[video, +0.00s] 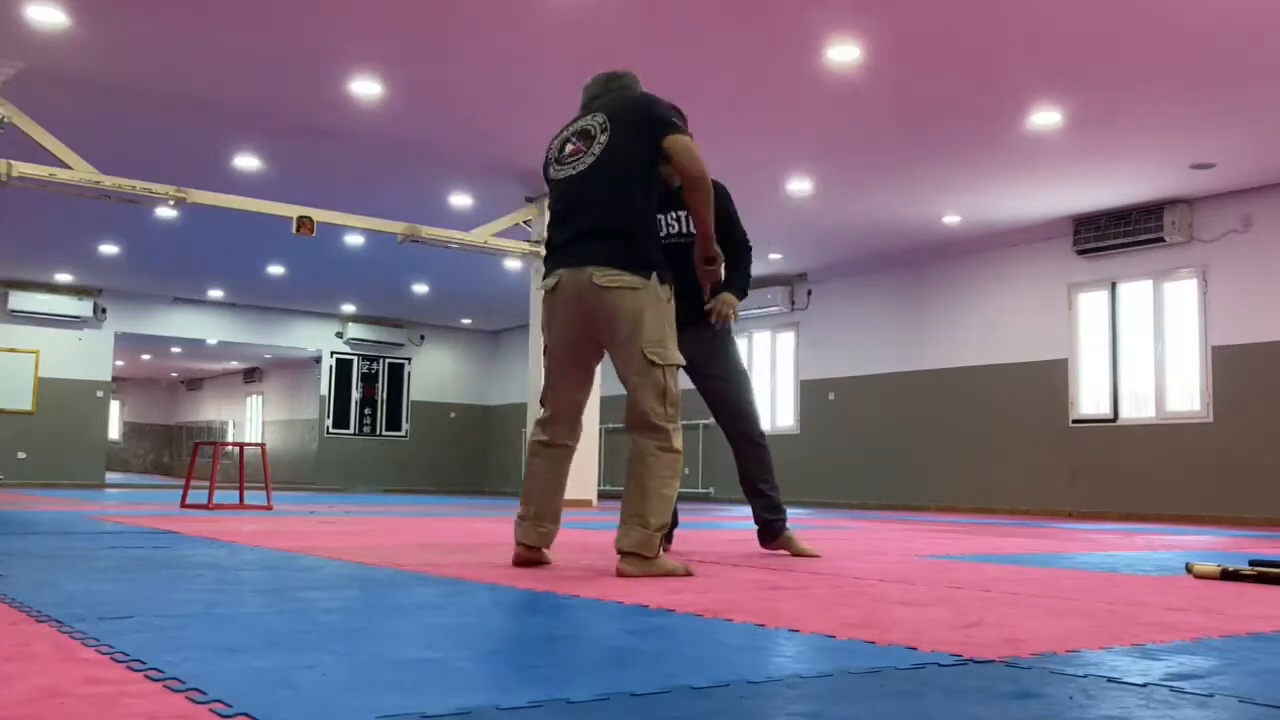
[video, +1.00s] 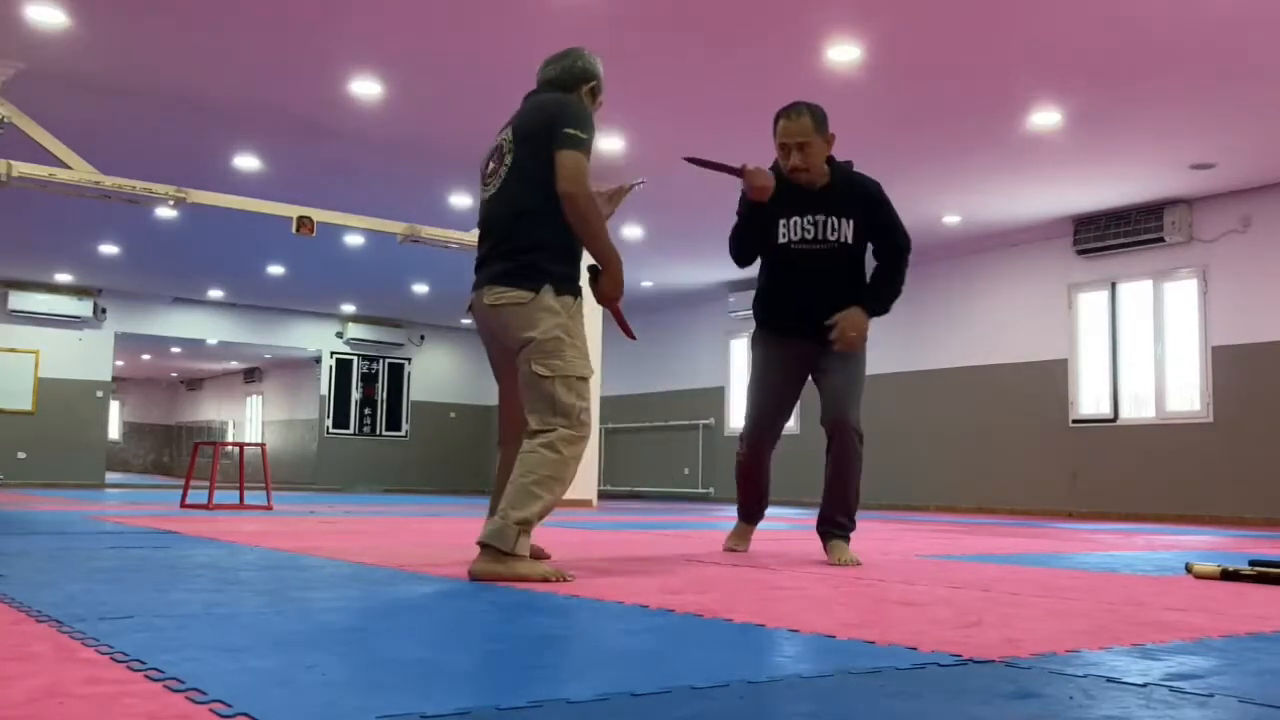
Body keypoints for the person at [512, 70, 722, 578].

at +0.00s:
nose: (644, 93)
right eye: (641, 88)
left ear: (586, 100)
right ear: (633, 89)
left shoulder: (559, 142)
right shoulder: (648, 107)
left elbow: (569, 211)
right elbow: (694, 171)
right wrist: (707, 244)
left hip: (563, 284)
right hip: (631, 282)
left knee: (557, 418)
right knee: (655, 420)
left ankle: (530, 540)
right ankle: (641, 550)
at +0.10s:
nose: (649, 117)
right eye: (644, 113)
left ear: (585, 113)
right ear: (625, 104)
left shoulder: (560, 157)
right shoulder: (619, 104)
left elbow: (599, 249)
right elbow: (649, 131)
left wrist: (666, 302)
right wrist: (682, 227)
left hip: (548, 289)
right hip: (609, 284)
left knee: (548, 424)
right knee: (652, 425)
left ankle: (511, 539)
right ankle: (641, 551)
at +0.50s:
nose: (633, 112)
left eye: (632, 104)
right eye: (631, 104)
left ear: (578, 98)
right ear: (622, 102)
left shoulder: (546, 139)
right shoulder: (607, 121)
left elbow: (549, 220)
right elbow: (617, 166)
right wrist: (648, 230)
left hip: (518, 284)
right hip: (573, 280)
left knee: (543, 421)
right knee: (622, 420)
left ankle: (514, 542)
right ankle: (630, 551)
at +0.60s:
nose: (616, 109)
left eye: (613, 101)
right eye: (615, 101)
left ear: (559, 96)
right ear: (608, 98)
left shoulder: (513, 144)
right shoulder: (606, 120)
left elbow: (483, 235)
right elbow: (663, 196)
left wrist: (518, 274)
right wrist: (695, 254)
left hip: (503, 282)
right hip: (560, 276)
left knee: (532, 417)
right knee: (599, 415)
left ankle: (513, 544)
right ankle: (616, 550)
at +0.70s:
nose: (608, 108)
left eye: (606, 100)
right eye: (607, 100)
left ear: (547, 91)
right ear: (597, 97)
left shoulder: (499, 134)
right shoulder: (601, 127)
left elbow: (464, 211)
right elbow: (627, 225)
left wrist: (493, 266)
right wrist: (640, 292)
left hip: (500, 279)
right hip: (560, 276)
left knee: (522, 413)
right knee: (575, 411)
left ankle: (508, 541)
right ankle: (542, 540)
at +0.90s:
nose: (598, 95)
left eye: (597, 87)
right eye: (597, 86)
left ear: (538, 77)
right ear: (587, 83)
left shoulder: (493, 130)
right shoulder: (585, 113)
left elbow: (461, 224)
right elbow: (612, 207)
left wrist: (516, 241)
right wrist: (622, 284)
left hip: (490, 292)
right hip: (547, 291)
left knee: (524, 417)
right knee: (563, 424)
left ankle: (513, 545)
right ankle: (501, 549)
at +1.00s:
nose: (598, 109)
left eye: (599, 101)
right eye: (598, 99)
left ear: (545, 84)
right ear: (588, 90)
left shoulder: (514, 128)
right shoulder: (569, 111)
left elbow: (528, 217)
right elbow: (573, 191)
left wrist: (588, 213)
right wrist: (611, 264)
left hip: (494, 296)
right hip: (537, 295)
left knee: (519, 428)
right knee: (565, 425)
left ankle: (507, 543)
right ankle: (503, 549)